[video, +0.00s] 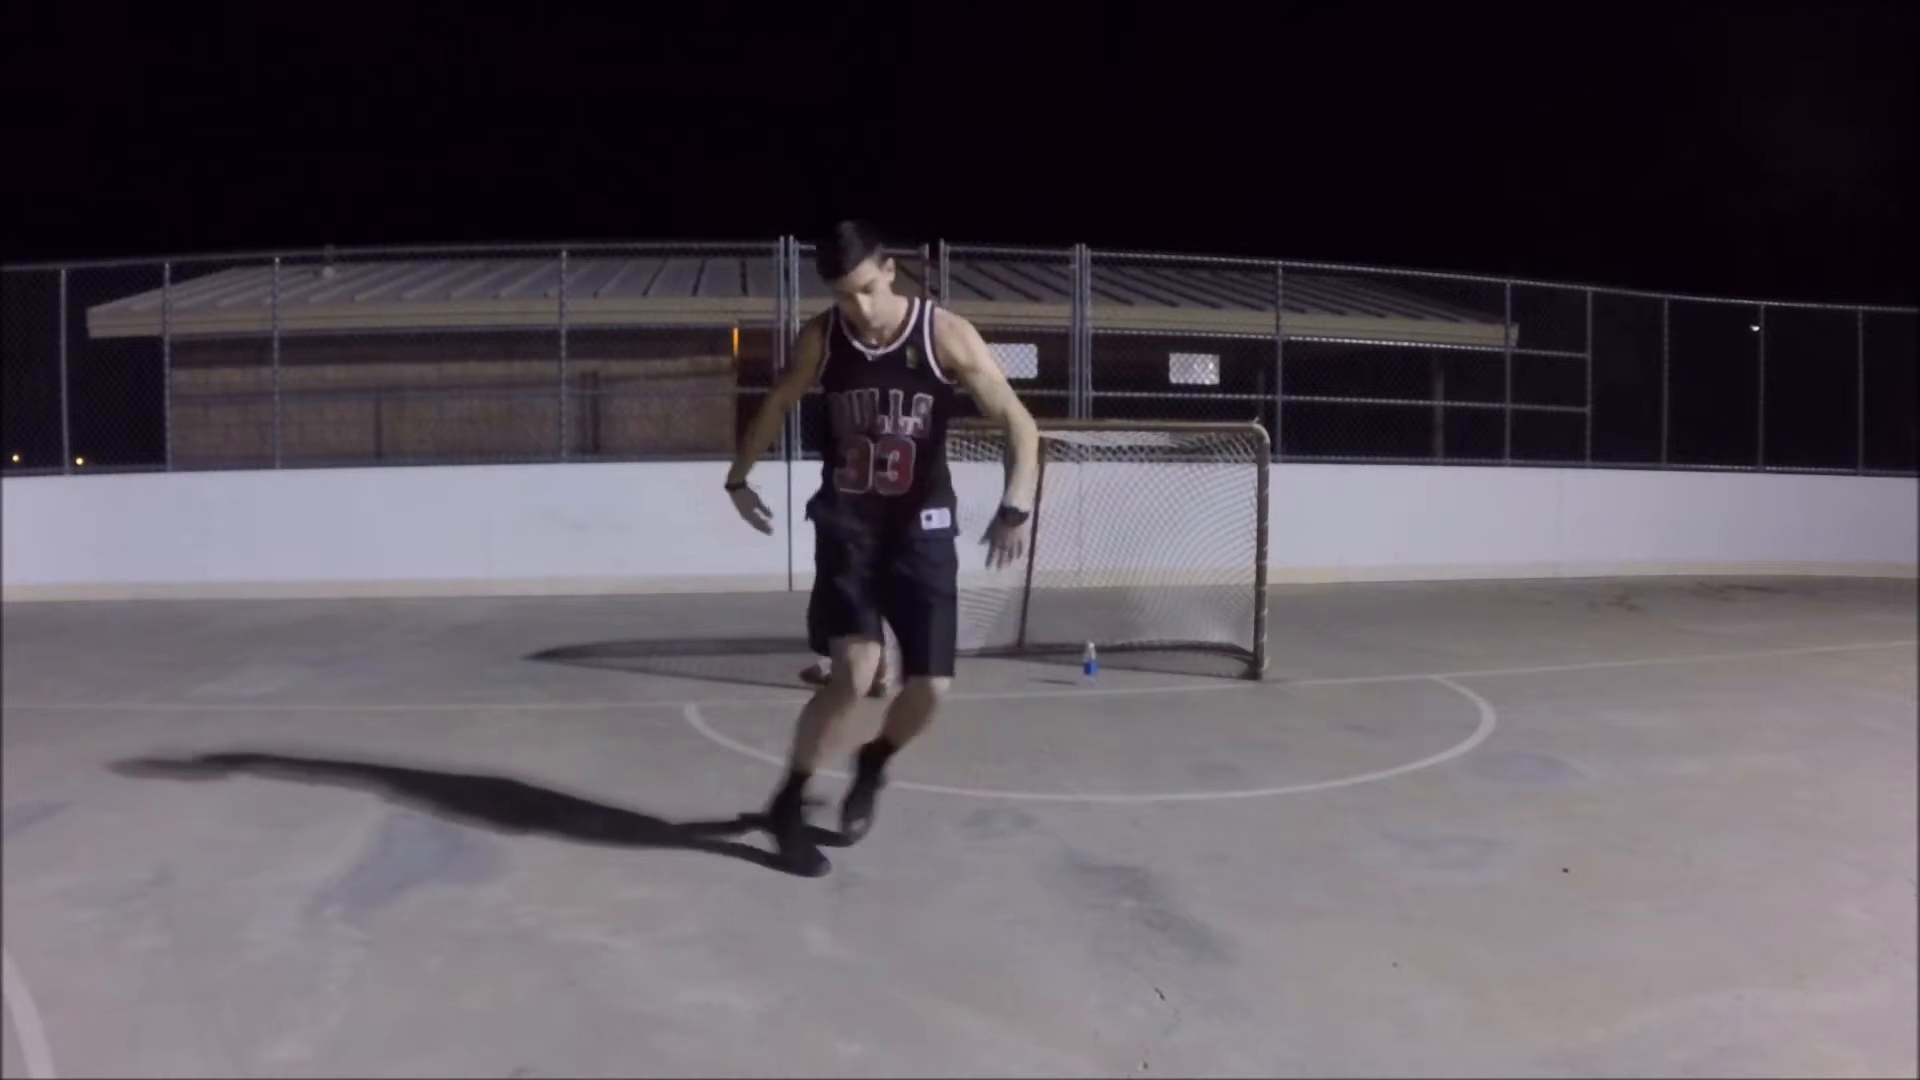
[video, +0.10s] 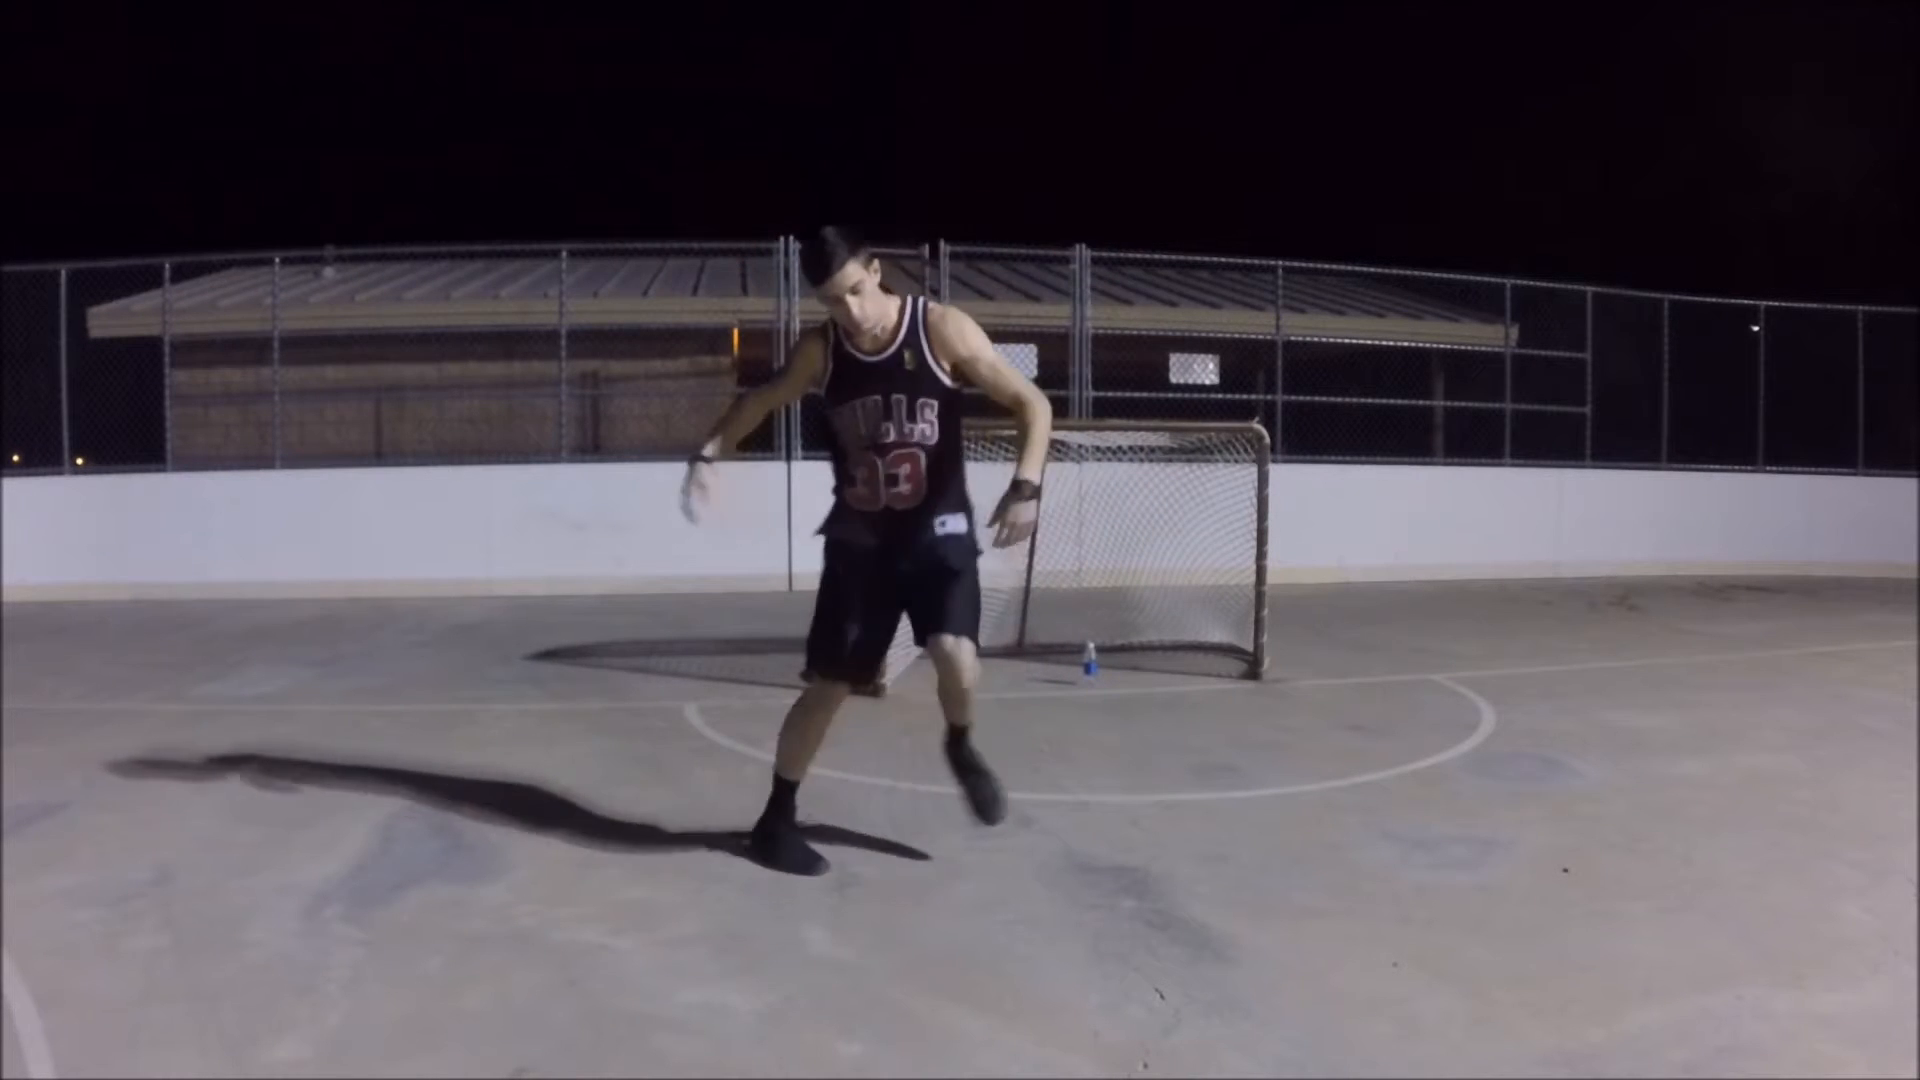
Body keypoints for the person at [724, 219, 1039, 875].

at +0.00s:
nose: (857, 308)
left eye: (866, 290)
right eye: (843, 295)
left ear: (890, 271)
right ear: (830, 289)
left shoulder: (946, 335)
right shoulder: (823, 338)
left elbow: (1020, 423)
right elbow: (780, 402)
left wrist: (1016, 506)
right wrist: (739, 474)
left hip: (922, 527)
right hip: (847, 525)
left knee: (927, 688)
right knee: (856, 675)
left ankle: (872, 764)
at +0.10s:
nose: (849, 310)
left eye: (855, 291)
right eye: (832, 299)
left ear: (876, 271)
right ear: (817, 296)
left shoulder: (944, 329)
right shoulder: (820, 349)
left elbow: (1034, 405)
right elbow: (766, 398)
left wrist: (1026, 488)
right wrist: (709, 452)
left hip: (939, 532)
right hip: (858, 540)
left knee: (957, 661)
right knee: (828, 684)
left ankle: (961, 747)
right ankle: (775, 823)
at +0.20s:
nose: (863, 296)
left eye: (870, 277)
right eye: (847, 286)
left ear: (889, 256)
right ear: (831, 282)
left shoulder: (951, 307)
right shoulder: (832, 330)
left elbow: (1037, 378)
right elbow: (762, 395)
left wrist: (1050, 469)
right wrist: (679, 439)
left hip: (963, 498)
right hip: (890, 502)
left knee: (945, 640)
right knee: (880, 666)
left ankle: (984, 794)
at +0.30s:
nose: (894, 295)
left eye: (903, 275)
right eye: (875, 283)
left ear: (921, 258)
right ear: (852, 279)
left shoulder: (970, 316)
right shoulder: (846, 333)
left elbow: (1045, 388)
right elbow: (766, 386)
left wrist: (1088, 463)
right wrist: (684, 399)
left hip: (976, 515)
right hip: (912, 521)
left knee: (950, 673)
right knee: (970, 674)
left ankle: (931, 849)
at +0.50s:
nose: (909, 288)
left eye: (918, 271)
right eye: (894, 275)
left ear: (940, 251)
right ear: (875, 268)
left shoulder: (989, 307)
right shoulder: (863, 316)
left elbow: (1075, 378)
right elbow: (781, 365)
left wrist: (1147, 441)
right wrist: (686, 394)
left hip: (978, 514)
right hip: (909, 515)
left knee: (950, 670)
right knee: (898, 685)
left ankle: (986, 832)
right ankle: (988, 754)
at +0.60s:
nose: (906, 284)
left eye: (916, 267)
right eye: (893, 271)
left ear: (943, 252)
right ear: (875, 266)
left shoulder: (995, 313)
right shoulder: (862, 321)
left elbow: (1090, 357)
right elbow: (778, 364)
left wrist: (1185, 392)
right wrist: (679, 386)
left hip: (970, 530)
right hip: (893, 526)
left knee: (964, 683)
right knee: (854, 676)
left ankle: (989, 838)